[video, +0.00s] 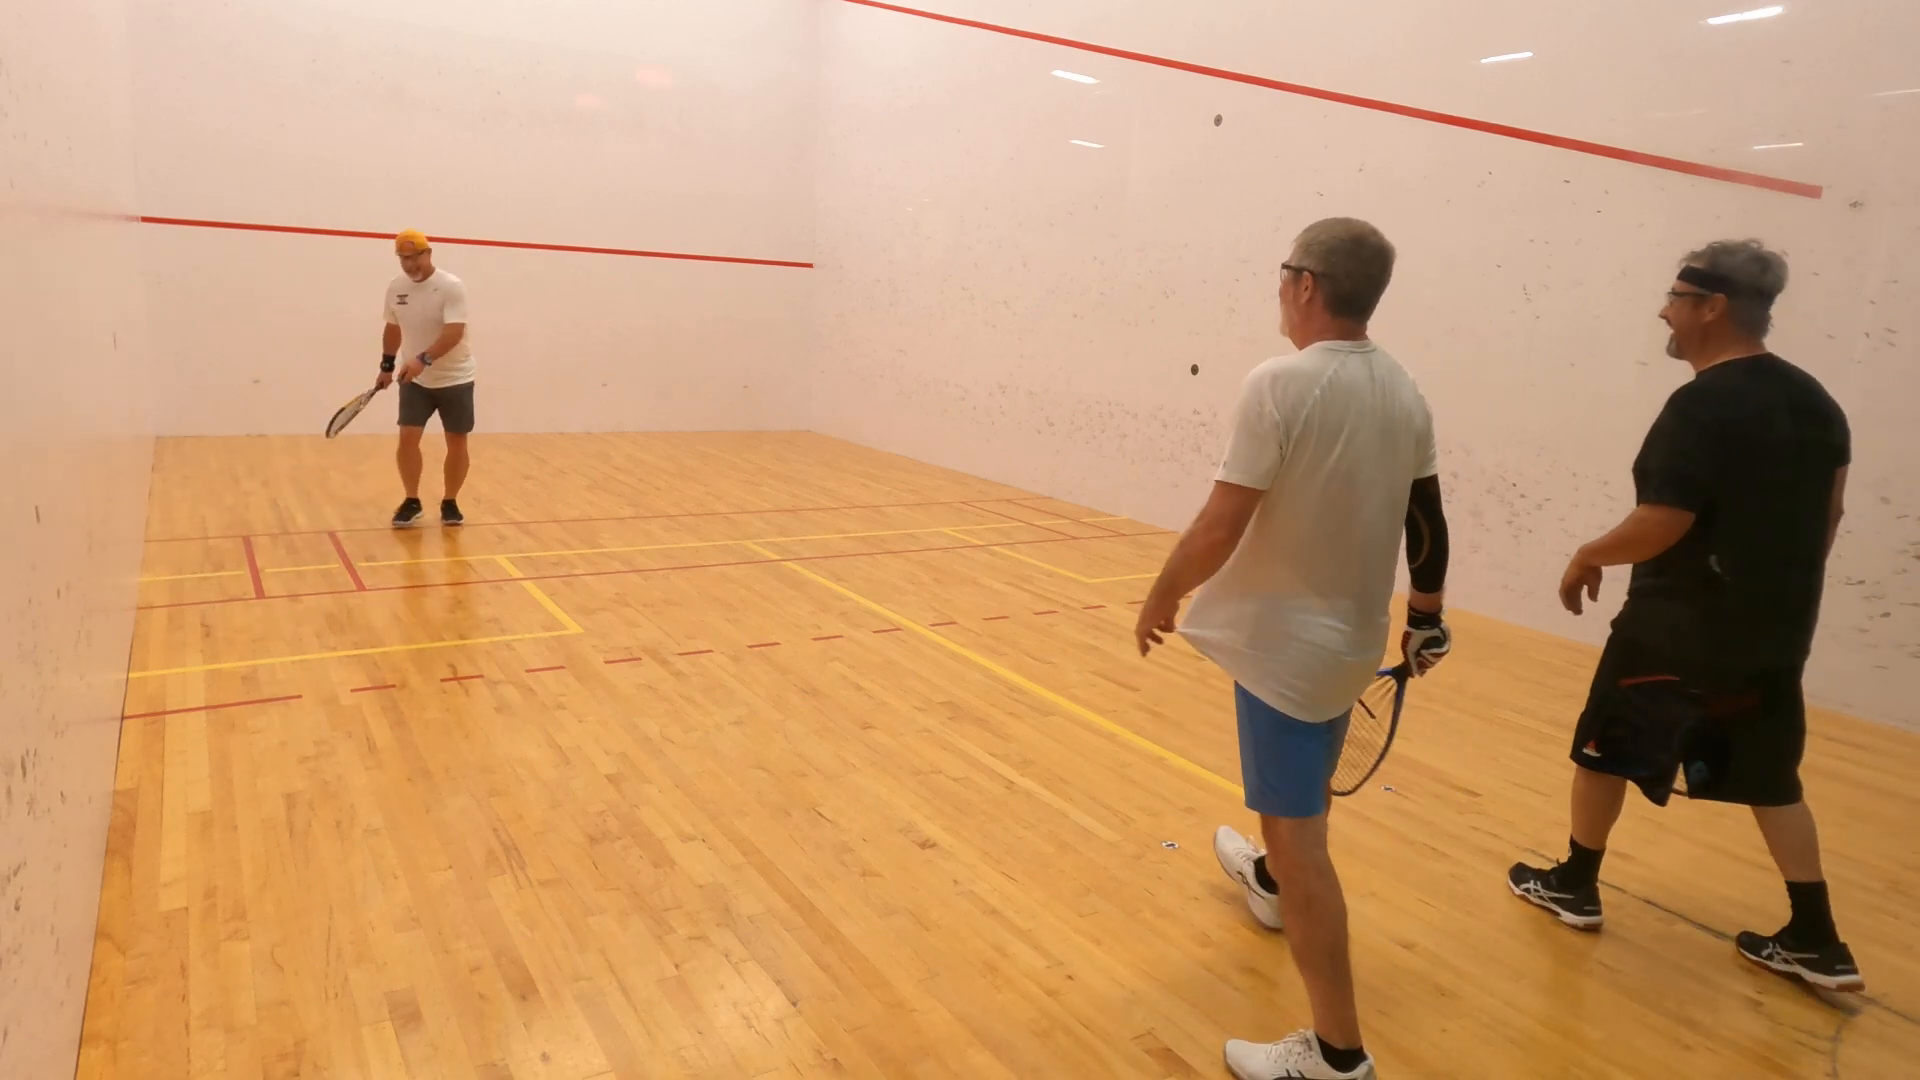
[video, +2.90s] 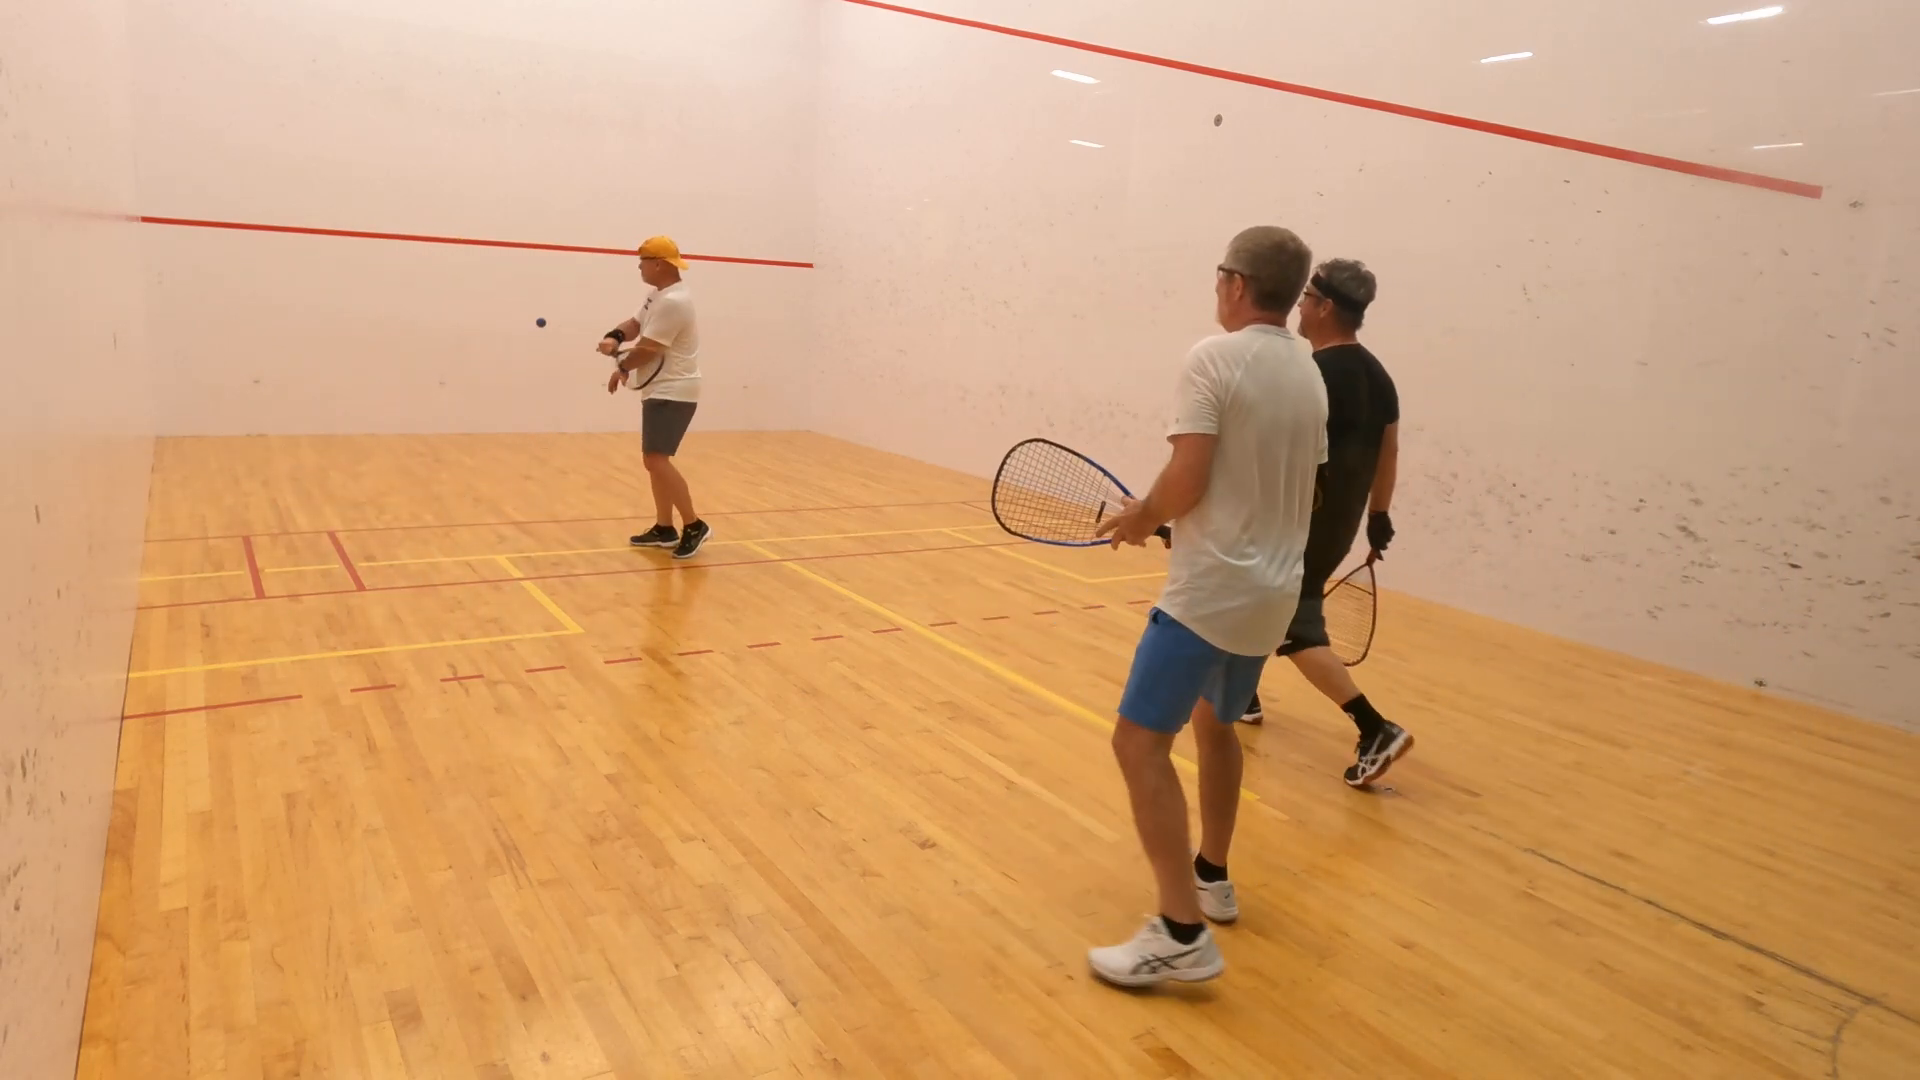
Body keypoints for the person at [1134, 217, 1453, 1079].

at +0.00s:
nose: (1279, 290)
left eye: (1285, 276)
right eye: (1284, 275)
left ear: (1307, 288)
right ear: (1369, 296)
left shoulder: (1281, 385)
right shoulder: (1404, 395)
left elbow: (1222, 523)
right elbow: (1425, 524)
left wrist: (1165, 591)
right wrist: (1427, 615)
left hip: (1287, 651)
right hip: (1355, 642)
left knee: (1297, 846)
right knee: (1301, 754)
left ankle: (1339, 1048)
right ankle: (1277, 876)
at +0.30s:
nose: (1249, 306)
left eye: (1254, 294)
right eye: (1255, 294)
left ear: (1270, 301)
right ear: (1325, 314)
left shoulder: (1243, 366)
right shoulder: (1351, 393)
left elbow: (1213, 486)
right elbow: (1359, 518)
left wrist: (1167, 581)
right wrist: (1347, 604)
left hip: (1246, 615)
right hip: (1320, 619)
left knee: (1181, 778)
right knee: (1267, 741)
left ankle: (1280, 962)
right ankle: (1239, 873)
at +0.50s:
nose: (1214, 321)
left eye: (1218, 309)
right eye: (1219, 310)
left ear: (1233, 311)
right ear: (1284, 322)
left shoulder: (1216, 360)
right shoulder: (1312, 392)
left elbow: (1195, 462)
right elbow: (1323, 521)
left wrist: (1155, 567)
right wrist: (1289, 604)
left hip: (1226, 597)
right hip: (1301, 605)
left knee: (1136, 747)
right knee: (1257, 730)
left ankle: (1132, 942)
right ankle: (1251, 877)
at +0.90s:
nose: (1090, 316)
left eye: (1093, 305)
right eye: (1094, 304)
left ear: (1108, 308)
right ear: (1167, 315)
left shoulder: (1097, 379)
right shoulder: (1207, 390)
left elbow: (1070, 499)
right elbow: (1237, 514)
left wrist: (1045, 605)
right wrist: (1189, 577)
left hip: (1128, 607)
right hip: (1211, 607)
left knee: (1038, 745)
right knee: (1215, 733)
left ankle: (1008, 918)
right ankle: (1246, 875)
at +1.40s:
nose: (1084, 289)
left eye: (1087, 278)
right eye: (1088, 277)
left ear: (1099, 285)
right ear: (1161, 288)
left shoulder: (1090, 369)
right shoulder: (1190, 362)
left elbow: (1055, 493)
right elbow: (1193, 483)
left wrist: (986, 477)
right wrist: (1095, 521)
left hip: (1113, 597)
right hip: (1194, 595)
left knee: (1045, 746)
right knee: (1204, 734)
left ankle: (1009, 918)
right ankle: (1217, 877)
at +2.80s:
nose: (1195, 293)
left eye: (1199, 282)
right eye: (1201, 281)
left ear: (1215, 290)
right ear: (1268, 300)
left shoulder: (1193, 362)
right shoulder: (1287, 376)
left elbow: (1167, 483)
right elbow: (1294, 478)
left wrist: (1123, 521)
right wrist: (1158, 511)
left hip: (1189, 593)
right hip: (1257, 594)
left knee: (1110, 735)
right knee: (1208, 718)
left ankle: (1094, 921)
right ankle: (1210, 876)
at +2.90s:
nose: (1216, 289)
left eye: (1221, 279)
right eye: (1220, 277)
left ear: (1235, 286)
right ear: (1294, 294)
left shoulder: (1216, 358)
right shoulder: (1309, 368)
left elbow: (1187, 480)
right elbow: (1296, 481)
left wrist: (1143, 514)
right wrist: (1172, 517)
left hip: (1207, 591)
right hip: (1273, 591)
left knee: (1138, 741)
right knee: (1215, 723)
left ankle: (1182, 933)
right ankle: (1210, 874)